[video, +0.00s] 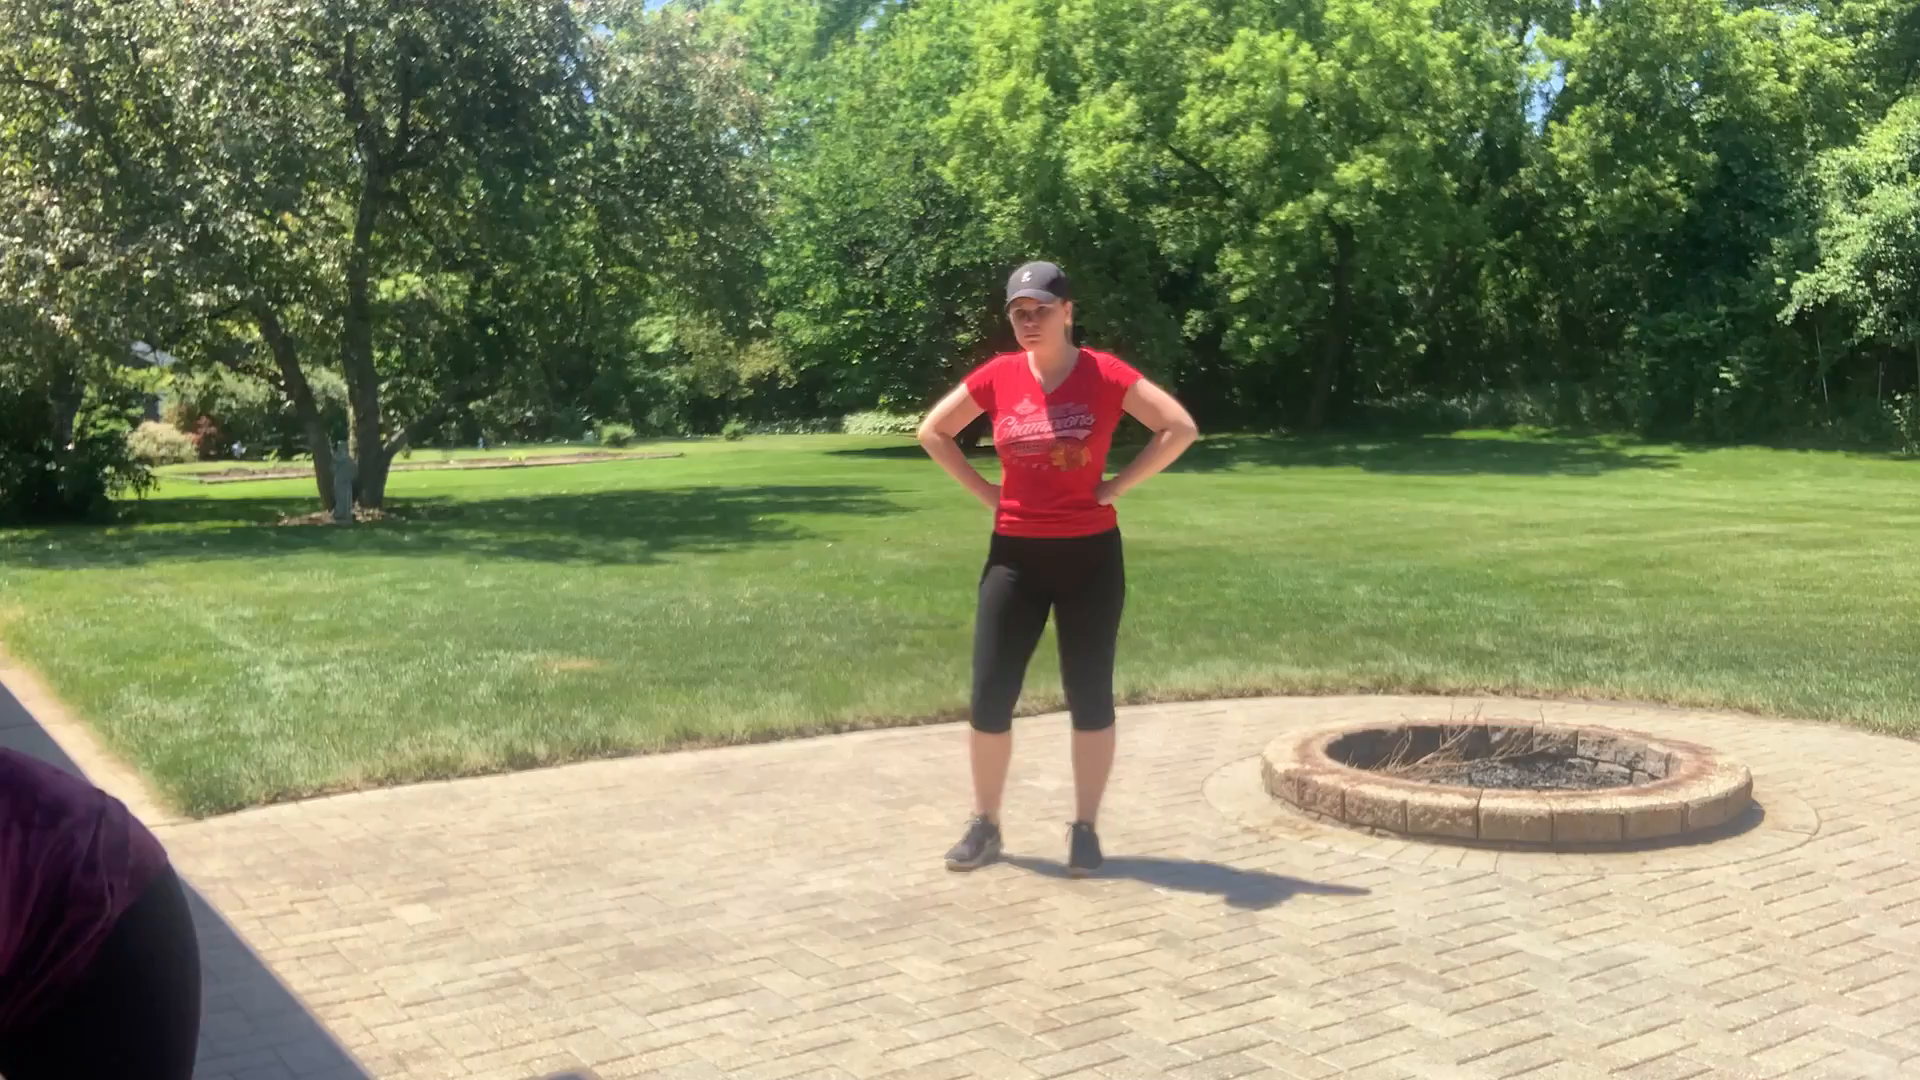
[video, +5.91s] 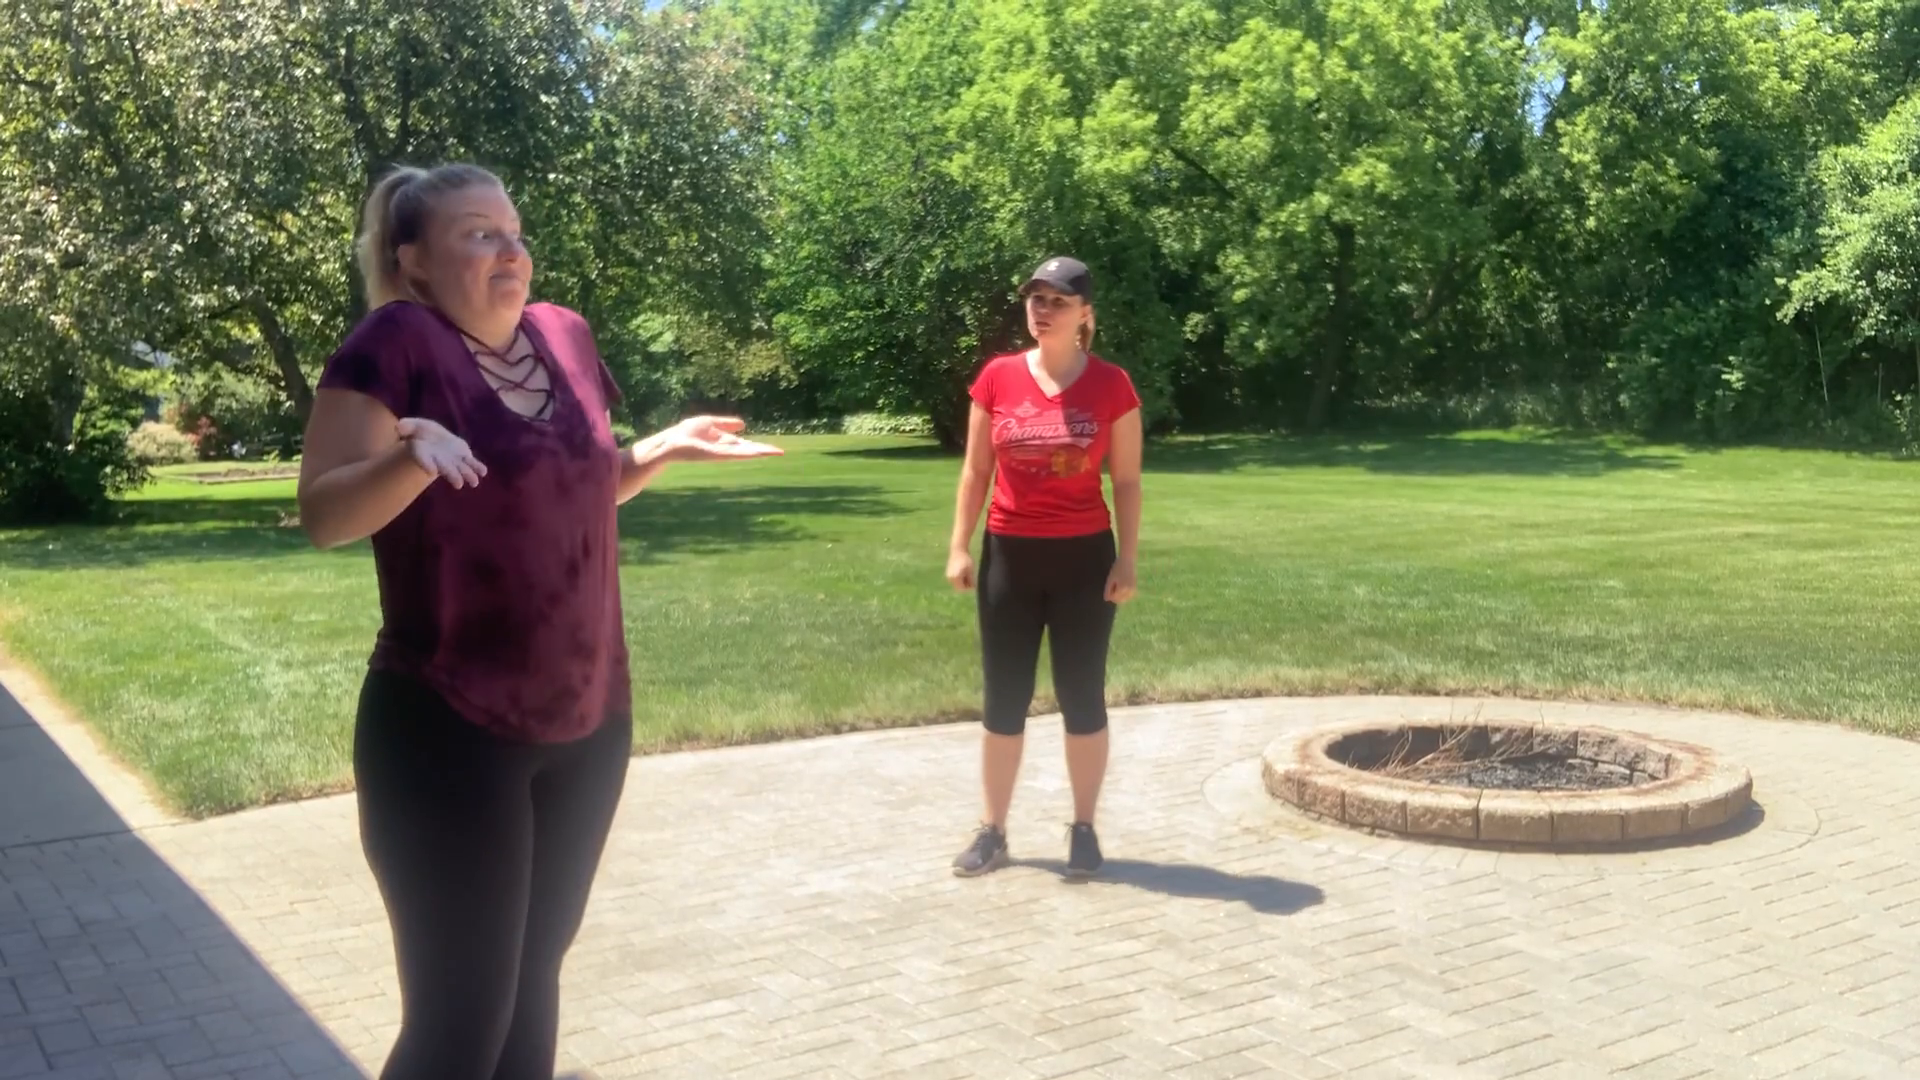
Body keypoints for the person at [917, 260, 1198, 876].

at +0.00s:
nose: (1027, 321)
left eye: (1037, 311)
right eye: (1018, 313)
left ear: (1066, 312)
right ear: (1008, 318)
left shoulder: (1104, 372)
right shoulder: (998, 376)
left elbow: (1181, 427)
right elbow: (932, 433)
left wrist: (1118, 486)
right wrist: (988, 493)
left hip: (1089, 554)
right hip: (1014, 553)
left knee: (1089, 695)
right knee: (989, 692)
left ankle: (1085, 828)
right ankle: (985, 823)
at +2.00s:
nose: (1018, 315)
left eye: (1031, 306)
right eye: (1011, 306)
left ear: (1059, 311)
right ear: (1001, 313)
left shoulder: (1089, 374)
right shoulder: (982, 374)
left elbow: (1166, 431)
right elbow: (912, 434)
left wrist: (1102, 487)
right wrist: (964, 490)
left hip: (1071, 553)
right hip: (996, 553)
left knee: (1077, 695)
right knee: (998, 699)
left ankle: (1083, 826)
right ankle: (991, 828)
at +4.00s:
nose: (1025, 316)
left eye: (1040, 311)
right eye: (1021, 306)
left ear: (1066, 326)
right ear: (1009, 312)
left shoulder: (1088, 384)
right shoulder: (980, 376)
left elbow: (1163, 435)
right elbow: (912, 432)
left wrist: (1102, 494)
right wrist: (967, 494)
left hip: (1072, 555)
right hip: (996, 555)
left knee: (1076, 695)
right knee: (997, 698)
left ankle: (1083, 826)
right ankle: (991, 829)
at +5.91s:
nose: (1043, 310)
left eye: (1057, 301)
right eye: (1036, 299)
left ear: (1085, 313)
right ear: (1025, 306)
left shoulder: (1110, 383)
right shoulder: (998, 376)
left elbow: (1127, 479)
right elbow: (975, 469)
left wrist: (1127, 555)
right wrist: (960, 544)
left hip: (1084, 556)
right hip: (1008, 556)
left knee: (1081, 697)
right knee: (1004, 698)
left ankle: (1083, 827)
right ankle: (992, 829)